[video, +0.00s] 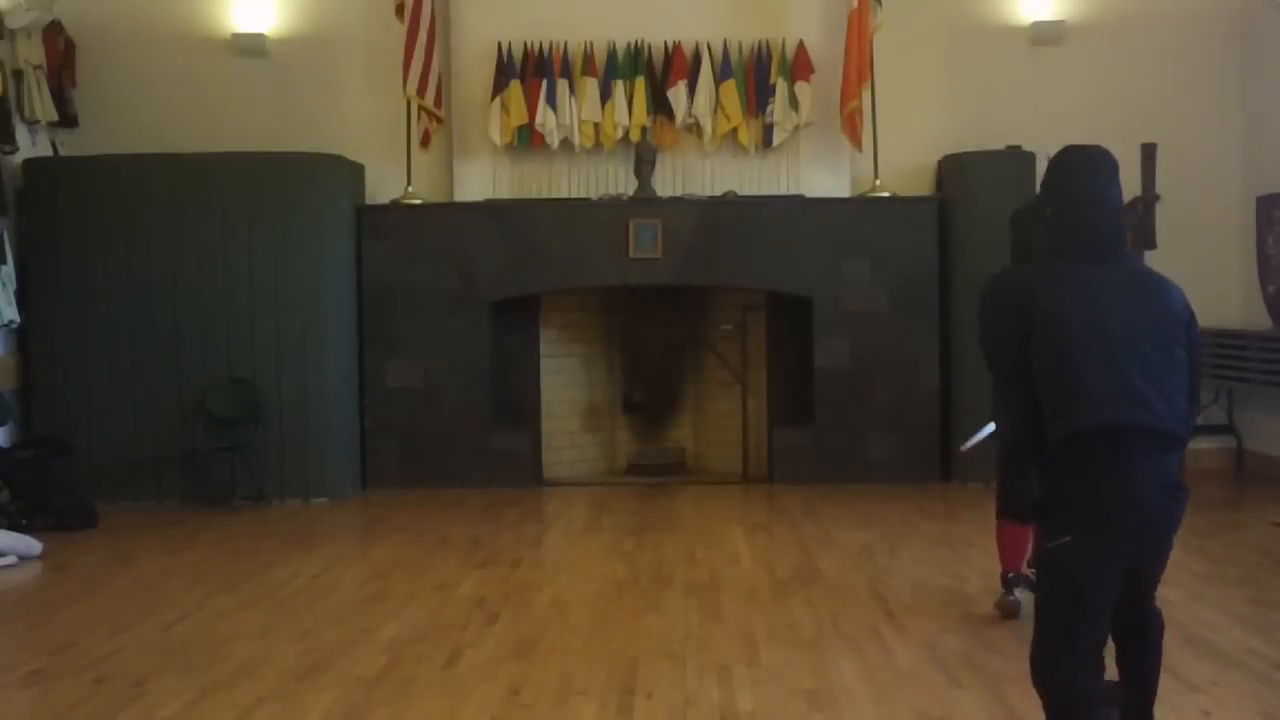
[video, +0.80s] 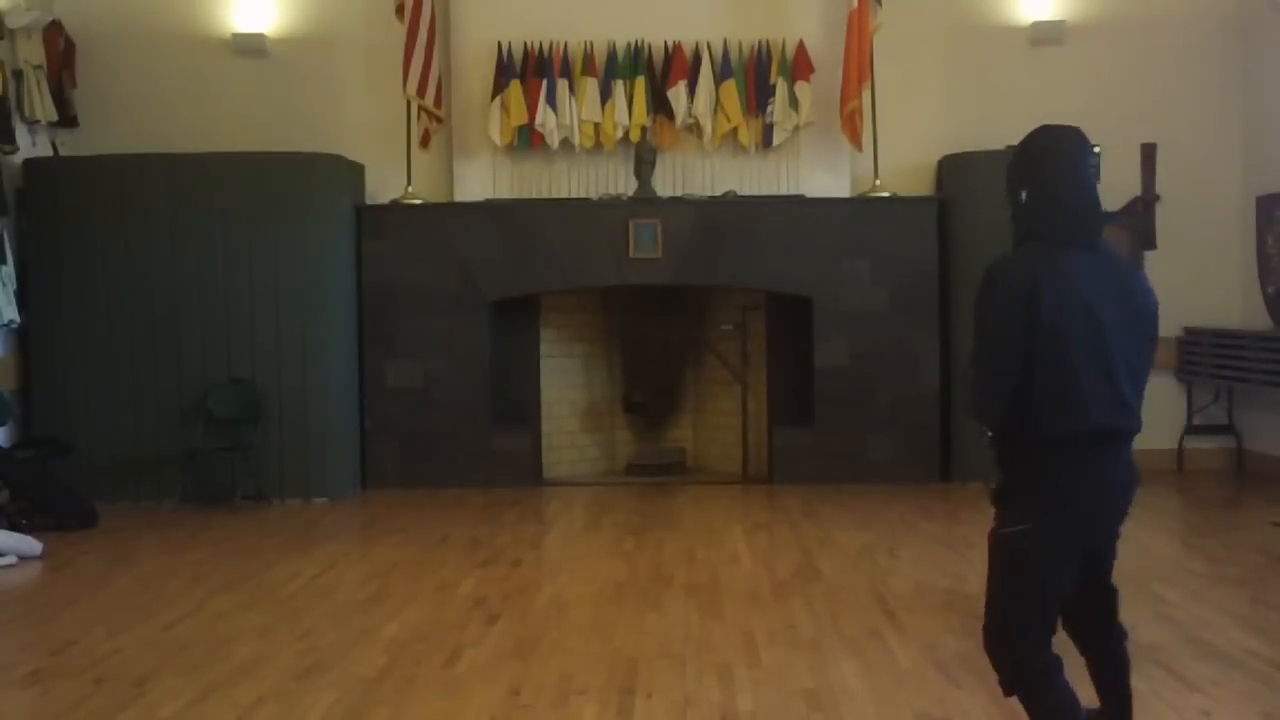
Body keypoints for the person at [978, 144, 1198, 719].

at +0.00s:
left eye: (1059, 202)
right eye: (1110, 200)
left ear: (1050, 208)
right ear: (1117, 209)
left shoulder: (1016, 290)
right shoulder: (1165, 294)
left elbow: (1017, 408)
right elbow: (1185, 405)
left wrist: (1019, 502)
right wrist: (1150, 464)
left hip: (1076, 490)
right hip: (1157, 486)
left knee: (1064, 660)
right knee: (1138, 609)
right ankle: (1138, 709)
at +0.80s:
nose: (1013, 198)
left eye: (1017, 187)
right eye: (1017, 186)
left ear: (1027, 194)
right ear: (1089, 192)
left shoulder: (1013, 279)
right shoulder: (1129, 282)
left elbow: (988, 396)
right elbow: (1132, 378)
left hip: (1040, 476)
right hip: (1111, 472)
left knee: (1015, 639)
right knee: (1090, 604)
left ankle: (1067, 711)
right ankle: (1118, 707)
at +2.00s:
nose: (670, 186)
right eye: (667, 175)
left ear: (594, 175)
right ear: (663, 180)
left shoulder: (547, 264)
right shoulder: (692, 265)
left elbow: (512, 372)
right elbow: (730, 373)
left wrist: (505, 468)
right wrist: (730, 458)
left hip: (581, 482)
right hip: (666, 482)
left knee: (576, 647)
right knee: (715, 642)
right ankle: (735, 707)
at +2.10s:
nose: (643, 176)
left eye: (637, 163)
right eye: (639, 164)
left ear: (554, 167)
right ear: (624, 173)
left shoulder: (512, 256)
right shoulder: (655, 259)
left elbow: (460, 368)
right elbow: (695, 373)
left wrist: (435, 466)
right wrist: (703, 454)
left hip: (548, 477)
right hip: (635, 480)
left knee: (566, 642)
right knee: (660, 642)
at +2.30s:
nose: (577, 181)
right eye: (573, 169)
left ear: (489, 170)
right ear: (565, 178)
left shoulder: (444, 259)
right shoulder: (582, 265)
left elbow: (380, 367)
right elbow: (625, 383)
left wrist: (343, 468)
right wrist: (646, 476)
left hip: (474, 486)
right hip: (555, 487)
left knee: (522, 644)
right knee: (535, 657)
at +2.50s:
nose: (531, 193)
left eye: (528, 176)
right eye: (527, 178)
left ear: (441, 175)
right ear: (510, 186)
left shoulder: (381, 263)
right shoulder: (520, 273)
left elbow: (329, 382)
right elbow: (563, 402)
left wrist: (348, 475)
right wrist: (587, 491)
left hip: (391, 477)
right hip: (476, 482)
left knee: (441, 647)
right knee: (454, 664)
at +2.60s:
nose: (504, 185)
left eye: (501, 169)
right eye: (500, 170)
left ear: (414, 162)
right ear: (484, 175)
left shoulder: (350, 250)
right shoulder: (492, 263)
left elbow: (310, 377)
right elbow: (523, 403)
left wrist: (367, 433)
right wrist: (554, 480)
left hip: (359, 478)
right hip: (445, 486)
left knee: (386, 636)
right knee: (436, 664)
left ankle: (360, 710)